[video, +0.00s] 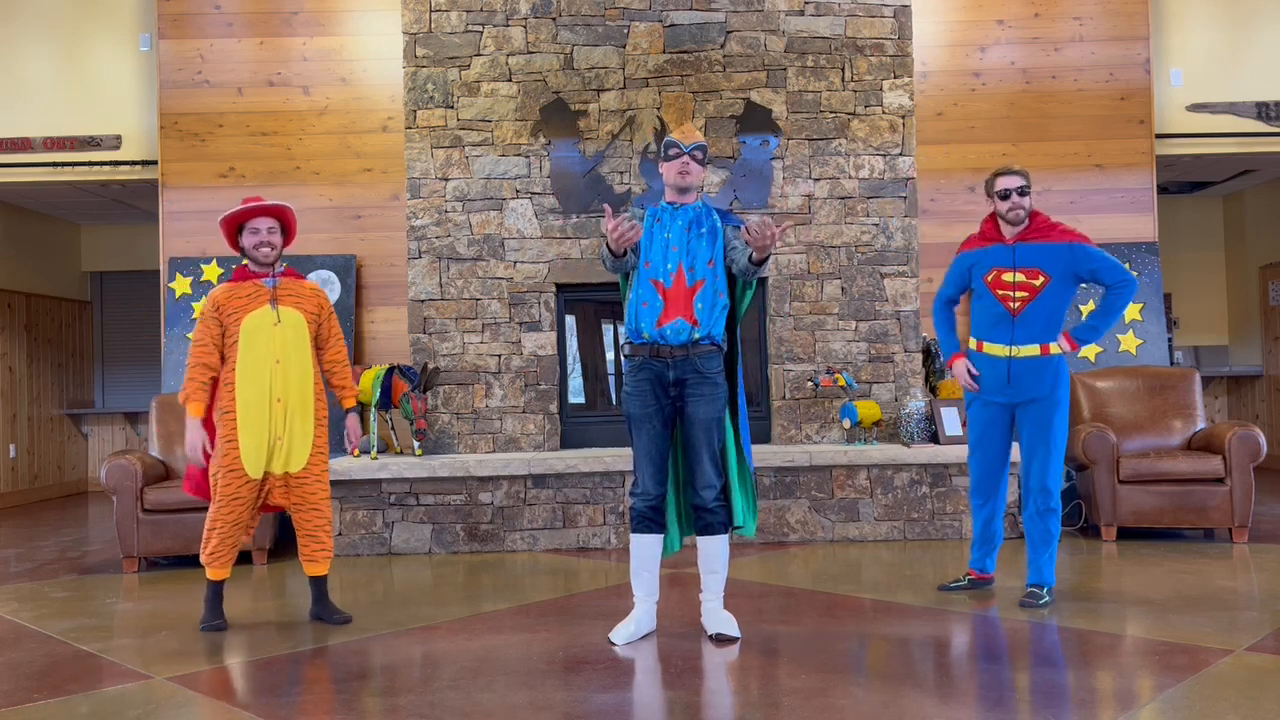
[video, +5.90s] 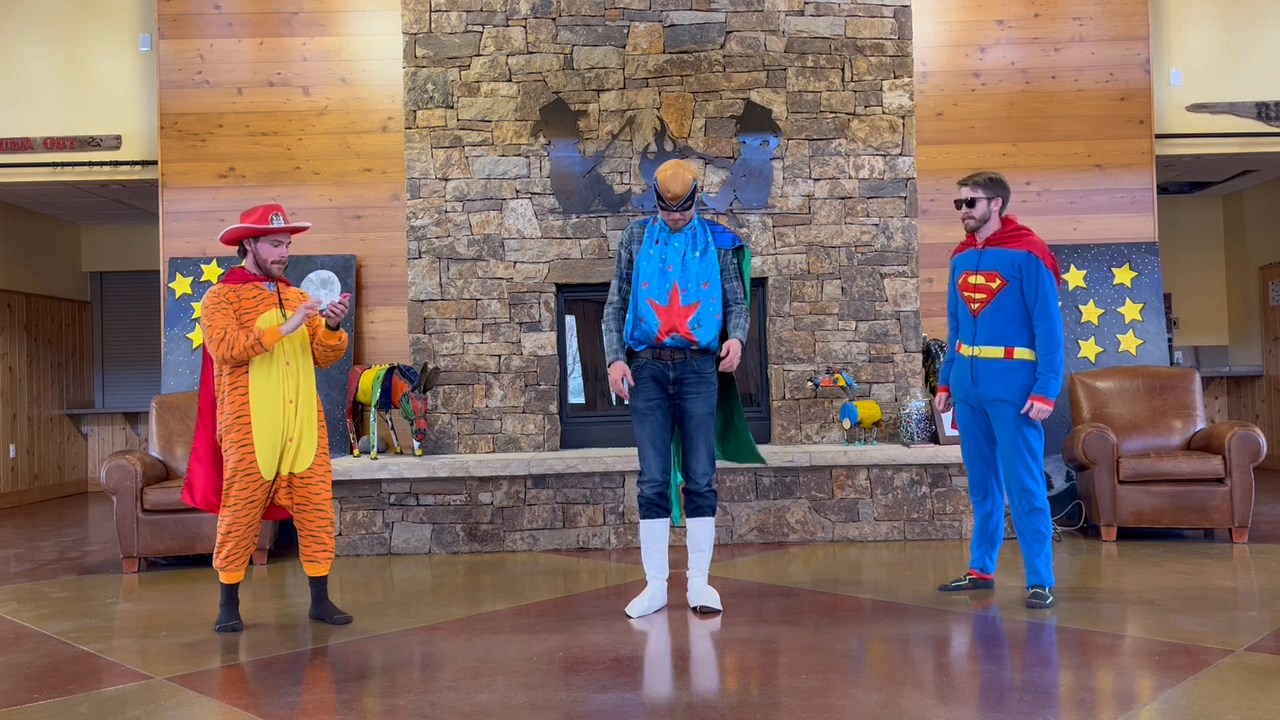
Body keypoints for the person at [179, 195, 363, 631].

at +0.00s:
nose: (264, 239)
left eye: (272, 232)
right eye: (254, 233)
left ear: (284, 240)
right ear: (240, 242)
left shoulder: (311, 295)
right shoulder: (222, 298)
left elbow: (334, 354)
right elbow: (203, 360)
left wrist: (350, 409)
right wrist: (194, 420)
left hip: (304, 425)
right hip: (241, 426)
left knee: (314, 506)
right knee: (229, 508)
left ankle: (321, 600)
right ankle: (213, 603)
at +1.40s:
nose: (278, 241)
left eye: (285, 234)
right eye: (268, 234)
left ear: (295, 243)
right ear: (253, 243)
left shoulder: (312, 302)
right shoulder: (230, 293)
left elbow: (331, 365)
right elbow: (204, 345)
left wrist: (349, 416)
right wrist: (208, 359)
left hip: (307, 421)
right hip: (250, 421)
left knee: (317, 502)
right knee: (242, 505)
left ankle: (321, 600)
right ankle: (229, 605)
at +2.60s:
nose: (286, 244)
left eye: (289, 237)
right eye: (275, 237)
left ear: (294, 242)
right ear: (252, 244)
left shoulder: (305, 301)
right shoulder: (227, 295)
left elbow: (323, 363)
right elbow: (199, 346)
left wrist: (347, 409)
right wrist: (180, 321)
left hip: (305, 421)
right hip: (250, 422)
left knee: (317, 500)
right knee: (244, 504)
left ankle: (321, 600)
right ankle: (229, 606)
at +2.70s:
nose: (289, 249)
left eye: (292, 240)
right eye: (279, 241)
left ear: (294, 243)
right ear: (254, 246)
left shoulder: (305, 300)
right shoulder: (229, 294)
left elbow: (328, 363)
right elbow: (201, 338)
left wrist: (355, 399)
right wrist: (205, 283)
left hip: (304, 422)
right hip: (250, 425)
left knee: (318, 504)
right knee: (243, 506)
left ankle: (321, 601)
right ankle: (229, 606)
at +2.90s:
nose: (291, 250)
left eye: (293, 243)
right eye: (283, 242)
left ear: (292, 248)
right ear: (257, 246)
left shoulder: (302, 300)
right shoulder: (225, 293)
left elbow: (327, 352)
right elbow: (227, 331)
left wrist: (361, 361)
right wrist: (266, 279)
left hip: (304, 425)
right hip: (248, 427)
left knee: (316, 503)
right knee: (242, 506)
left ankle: (321, 601)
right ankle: (229, 606)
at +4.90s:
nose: (283, 252)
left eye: (286, 244)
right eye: (274, 244)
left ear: (288, 247)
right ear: (249, 246)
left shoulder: (298, 298)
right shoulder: (221, 297)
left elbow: (325, 356)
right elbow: (231, 345)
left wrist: (333, 324)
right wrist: (291, 323)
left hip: (303, 420)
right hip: (249, 422)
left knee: (317, 502)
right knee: (242, 505)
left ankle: (320, 601)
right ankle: (229, 606)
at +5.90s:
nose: (286, 252)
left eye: (288, 244)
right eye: (276, 244)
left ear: (288, 247)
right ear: (251, 246)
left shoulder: (298, 298)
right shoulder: (221, 296)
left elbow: (324, 356)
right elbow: (225, 347)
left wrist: (334, 326)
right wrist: (285, 330)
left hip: (303, 419)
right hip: (249, 421)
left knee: (316, 500)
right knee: (242, 503)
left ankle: (320, 601)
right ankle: (229, 607)